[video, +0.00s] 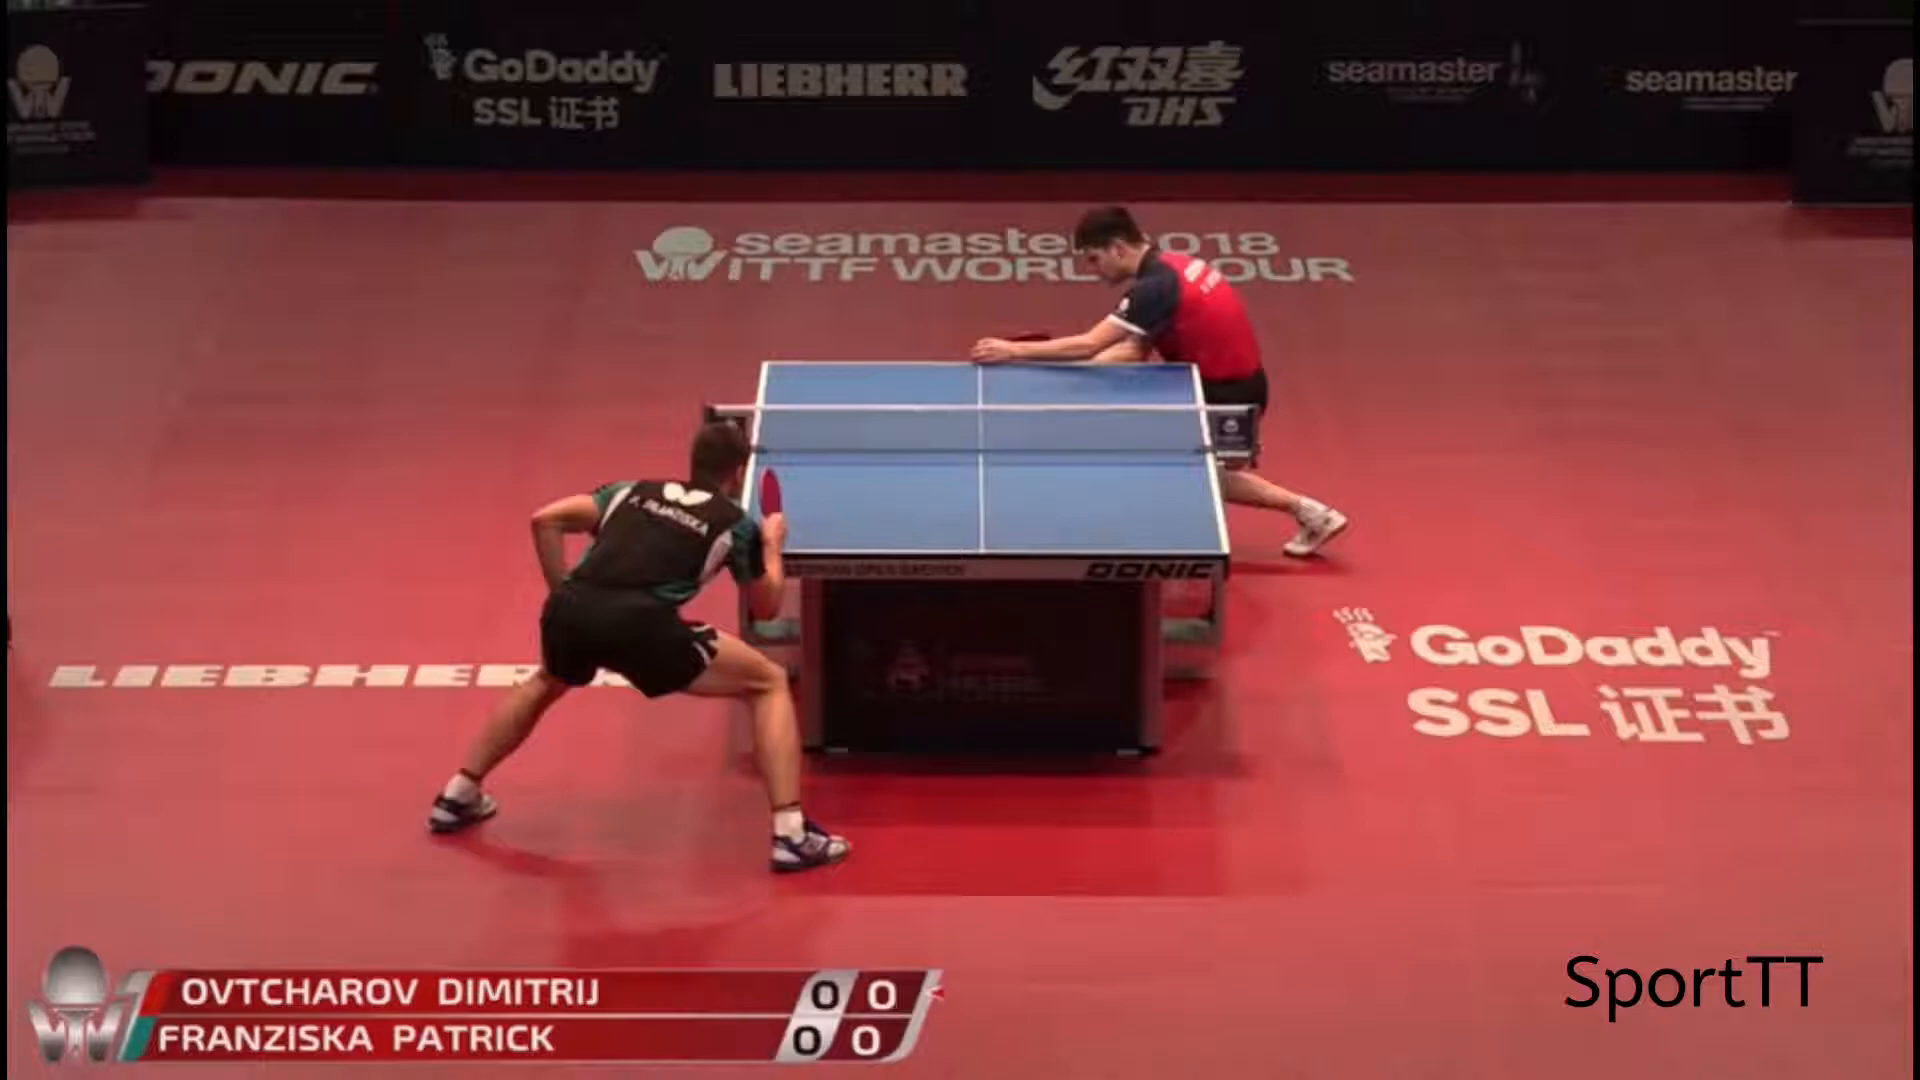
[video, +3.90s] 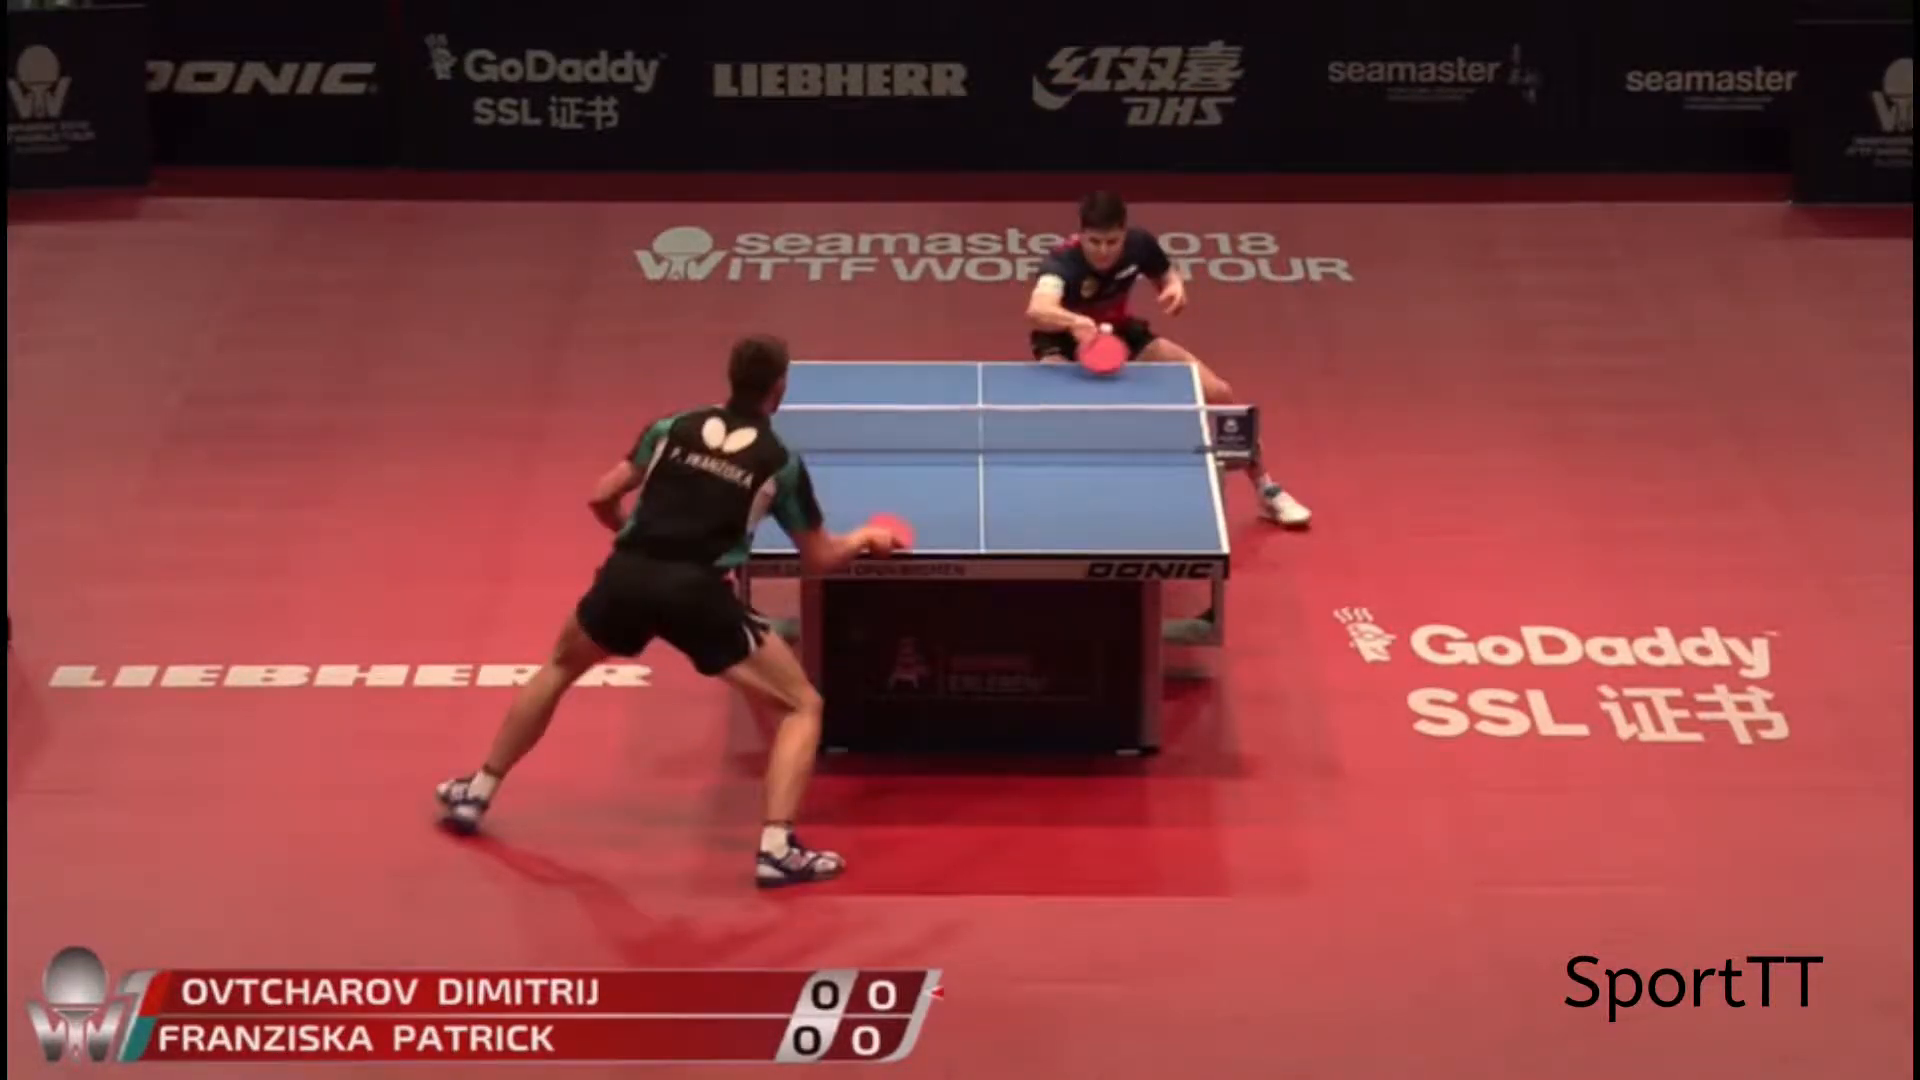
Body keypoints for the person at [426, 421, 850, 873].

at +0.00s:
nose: (743, 474)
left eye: (734, 466)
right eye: (744, 467)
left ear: (691, 462)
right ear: (739, 471)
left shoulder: (635, 490)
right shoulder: (738, 523)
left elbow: (545, 520)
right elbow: (765, 607)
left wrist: (561, 591)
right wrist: (774, 545)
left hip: (570, 611)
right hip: (644, 625)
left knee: (548, 680)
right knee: (768, 684)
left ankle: (459, 790)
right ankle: (792, 832)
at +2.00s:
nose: (745, 461)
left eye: (743, 453)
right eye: (745, 454)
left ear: (689, 451)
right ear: (734, 459)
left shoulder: (629, 479)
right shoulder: (732, 513)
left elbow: (546, 523)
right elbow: (766, 598)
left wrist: (560, 593)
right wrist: (782, 535)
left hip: (568, 614)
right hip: (639, 624)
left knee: (545, 682)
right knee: (774, 682)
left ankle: (459, 790)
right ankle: (793, 833)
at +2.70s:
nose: (766, 385)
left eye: (758, 375)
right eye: (765, 378)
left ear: (711, 375)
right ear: (758, 385)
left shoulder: (655, 415)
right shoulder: (756, 451)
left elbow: (581, 476)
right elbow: (797, 546)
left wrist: (601, 533)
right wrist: (838, 507)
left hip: (598, 563)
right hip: (669, 579)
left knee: (543, 673)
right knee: (783, 676)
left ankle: (458, 789)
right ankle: (792, 834)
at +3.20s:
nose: (741, 375)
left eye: (740, 365)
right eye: (741, 366)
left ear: (688, 356)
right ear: (732, 370)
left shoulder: (624, 389)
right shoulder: (726, 427)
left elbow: (543, 439)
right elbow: (766, 515)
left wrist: (543, 484)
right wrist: (812, 492)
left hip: (588, 548)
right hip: (664, 558)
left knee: (532, 654)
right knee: (765, 637)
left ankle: (470, 781)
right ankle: (801, 754)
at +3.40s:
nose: (760, 374)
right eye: (762, 366)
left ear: (713, 358)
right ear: (760, 371)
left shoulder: (678, 390)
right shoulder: (766, 426)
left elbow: (624, 440)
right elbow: (793, 472)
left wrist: (583, 462)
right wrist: (816, 477)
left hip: (656, 547)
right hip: (730, 553)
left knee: (566, 656)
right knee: (801, 642)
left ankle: (480, 773)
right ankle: (872, 753)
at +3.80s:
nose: (783, 358)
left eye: (776, 349)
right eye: (784, 351)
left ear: (731, 349)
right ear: (780, 359)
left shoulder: (677, 389)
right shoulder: (787, 428)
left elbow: (610, 440)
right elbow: (826, 521)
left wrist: (601, 487)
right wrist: (849, 496)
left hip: (641, 540)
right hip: (716, 552)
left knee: (570, 655)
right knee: (807, 650)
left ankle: (504, 786)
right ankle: (846, 795)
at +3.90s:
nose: (786, 390)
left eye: (774, 378)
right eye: (785, 382)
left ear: (730, 378)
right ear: (778, 390)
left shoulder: (670, 428)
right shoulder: (780, 463)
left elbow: (603, 496)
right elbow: (820, 556)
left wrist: (624, 529)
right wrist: (865, 539)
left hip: (627, 579)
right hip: (697, 595)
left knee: (556, 672)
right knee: (802, 706)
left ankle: (478, 792)